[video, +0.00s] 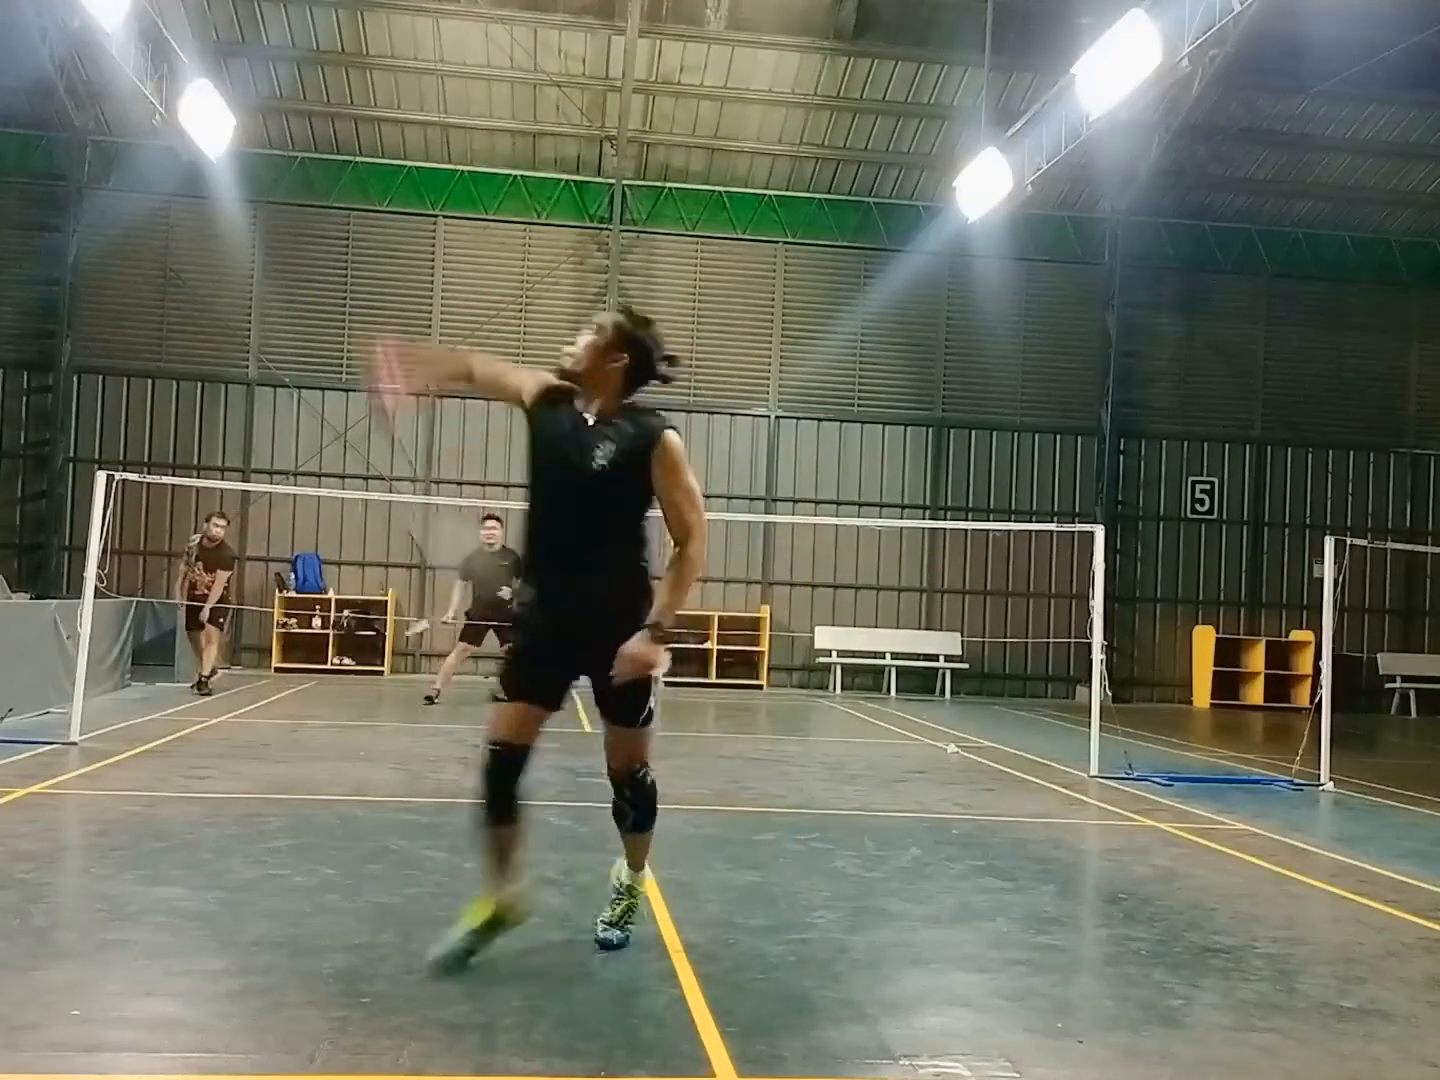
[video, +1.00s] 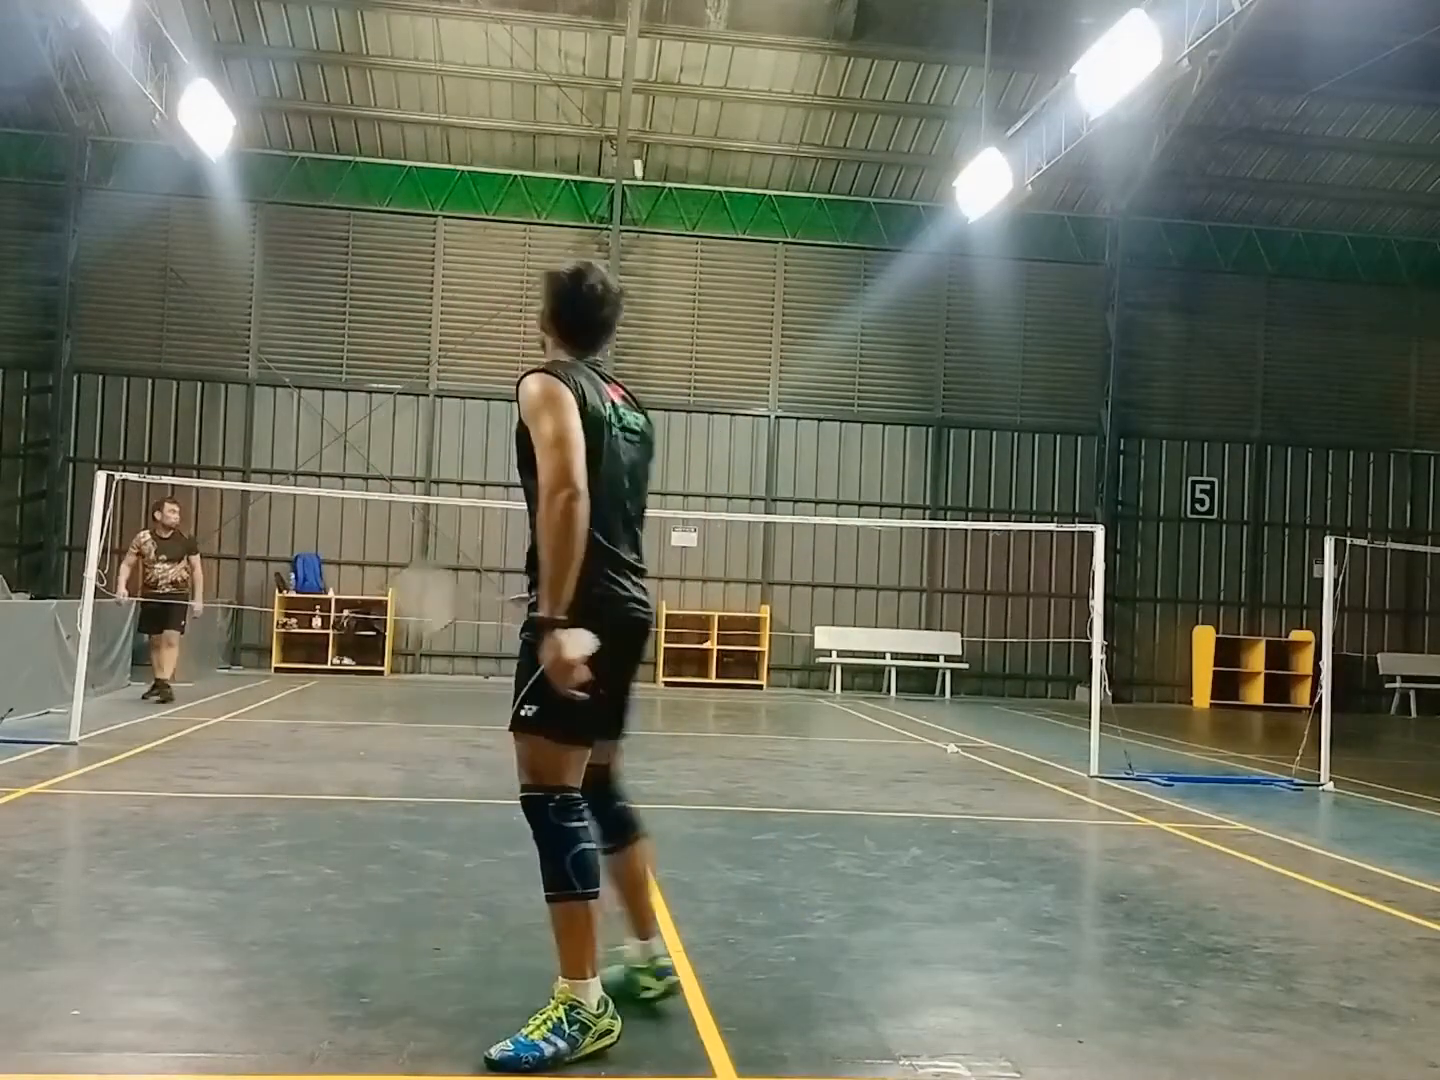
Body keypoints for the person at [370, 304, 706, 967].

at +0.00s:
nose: (577, 340)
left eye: (591, 335)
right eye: (585, 331)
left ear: (616, 358)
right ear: (603, 355)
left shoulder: (654, 440)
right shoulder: (545, 396)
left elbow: (690, 543)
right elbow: (472, 369)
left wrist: (656, 631)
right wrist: (405, 365)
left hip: (619, 625)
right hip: (547, 616)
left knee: (628, 775)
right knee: (500, 762)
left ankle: (633, 879)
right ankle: (502, 895)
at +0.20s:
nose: (510, 358)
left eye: (528, 353)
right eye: (516, 350)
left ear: (563, 380)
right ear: (522, 377)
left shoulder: (597, 471)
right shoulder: (475, 421)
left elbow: (647, 557)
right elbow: (411, 345)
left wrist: (688, 629)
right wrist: (388, 256)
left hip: (548, 662)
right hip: (461, 651)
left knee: (570, 821)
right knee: (424, 812)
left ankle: (566, 883)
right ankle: (397, 964)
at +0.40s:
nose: (495, 309)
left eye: (511, 303)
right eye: (501, 301)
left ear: (543, 330)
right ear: (512, 328)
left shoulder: (584, 426)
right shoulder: (451, 399)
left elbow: (621, 537)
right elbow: (355, 431)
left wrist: (634, 648)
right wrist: (315, 387)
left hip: (533, 635)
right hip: (442, 627)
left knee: (522, 828)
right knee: (406, 801)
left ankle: (529, 909)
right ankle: (389, 958)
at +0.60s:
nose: (481, 311)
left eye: (493, 301)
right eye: (487, 299)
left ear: (527, 319)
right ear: (517, 320)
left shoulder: (590, 416)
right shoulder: (465, 417)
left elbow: (622, 531)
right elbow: (428, 522)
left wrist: (618, 641)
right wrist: (391, 619)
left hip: (541, 635)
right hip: (458, 630)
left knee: (527, 803)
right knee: (420, 798)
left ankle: (580, 996)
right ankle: (396, 956)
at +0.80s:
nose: (493, 320)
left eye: (499, 307)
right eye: (499, 307)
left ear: (517, 317)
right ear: (554, 318)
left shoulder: (563, 396)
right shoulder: (536, 401)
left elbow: (615, 507)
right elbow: (520, 522)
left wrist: (613, 634)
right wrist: (466, 596)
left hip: (566, 625)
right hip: (523, 620)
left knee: (547, 793)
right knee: (492, 774)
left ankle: (580, 1000)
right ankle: (489, 964)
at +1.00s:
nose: (536, 318)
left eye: (540, 310)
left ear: (546, 320)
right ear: (609, 330)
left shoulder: (545, 388)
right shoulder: (628, 406)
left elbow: (567, 490)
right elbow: (631, 519)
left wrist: (555, 621)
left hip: (573, 611)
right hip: (625, 609)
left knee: (550, 796)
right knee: (598, 785)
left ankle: (580, 1001)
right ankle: (647, 956)